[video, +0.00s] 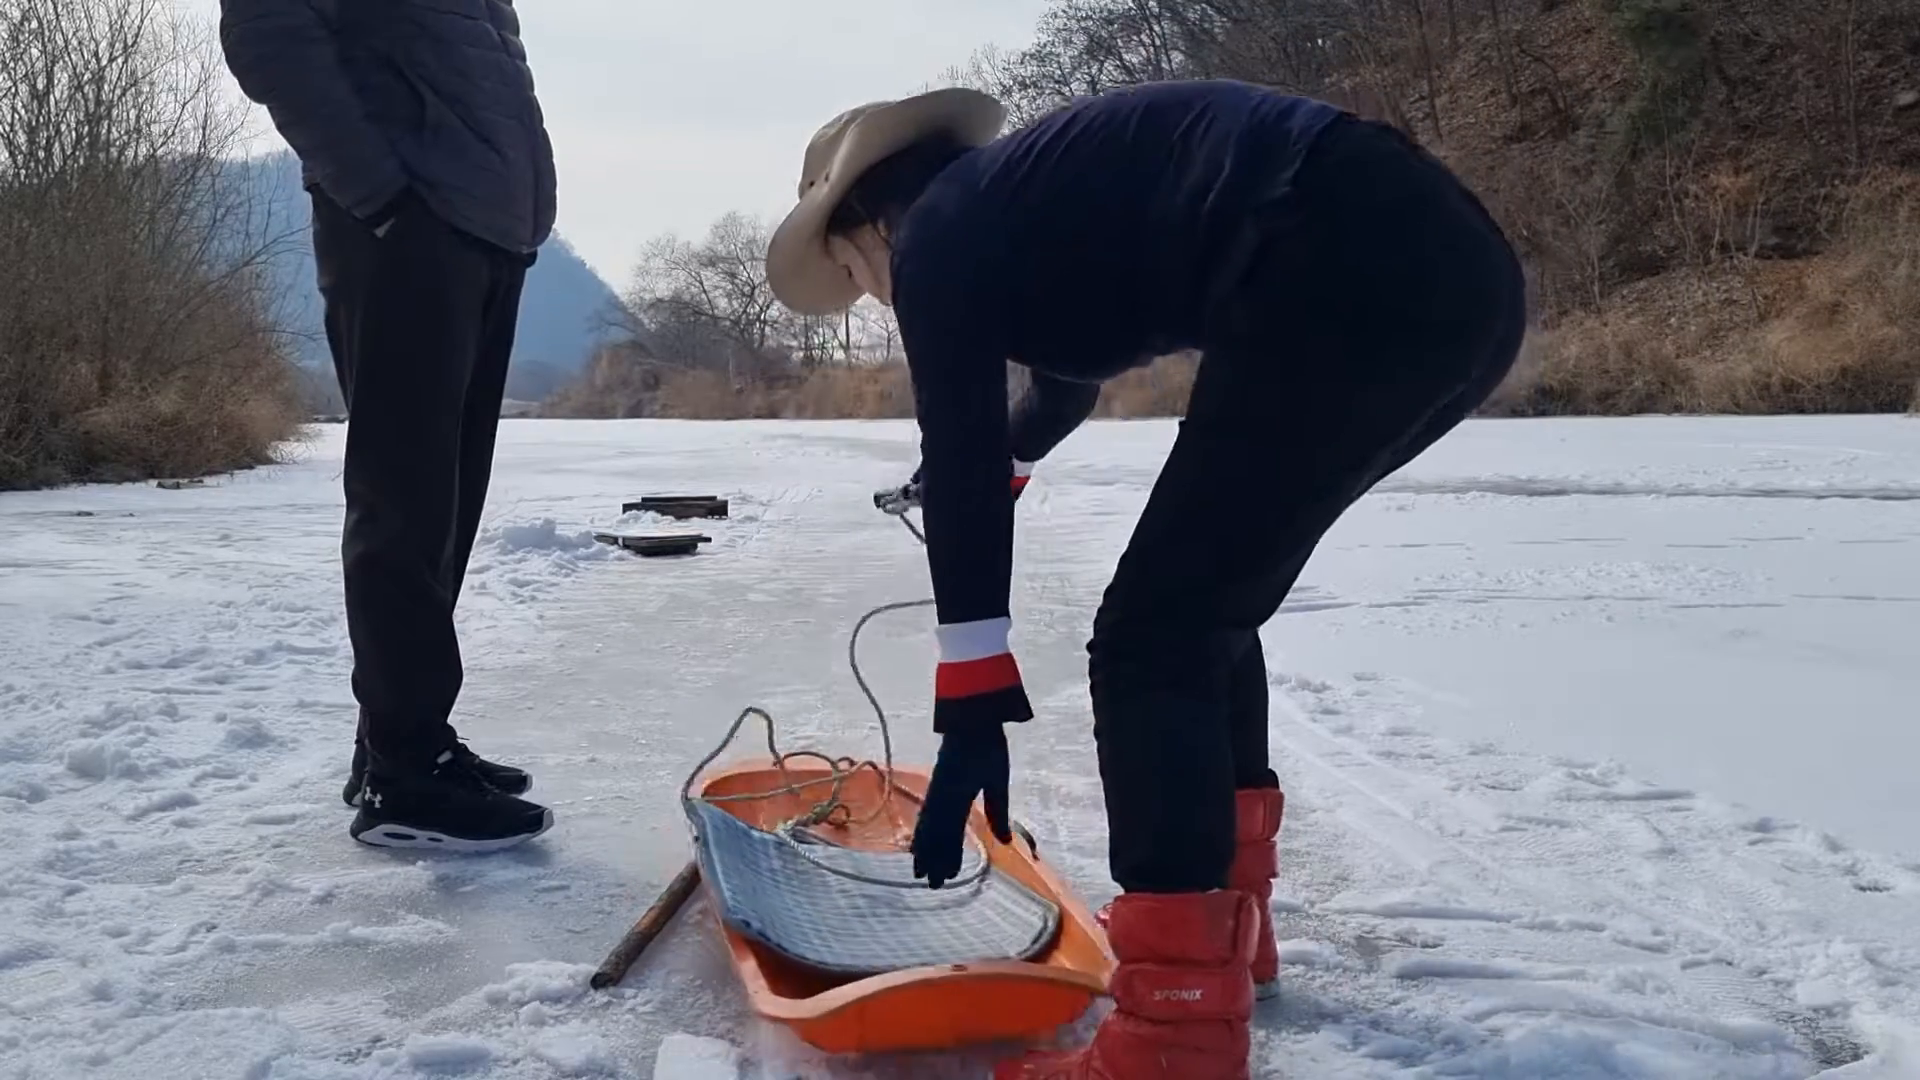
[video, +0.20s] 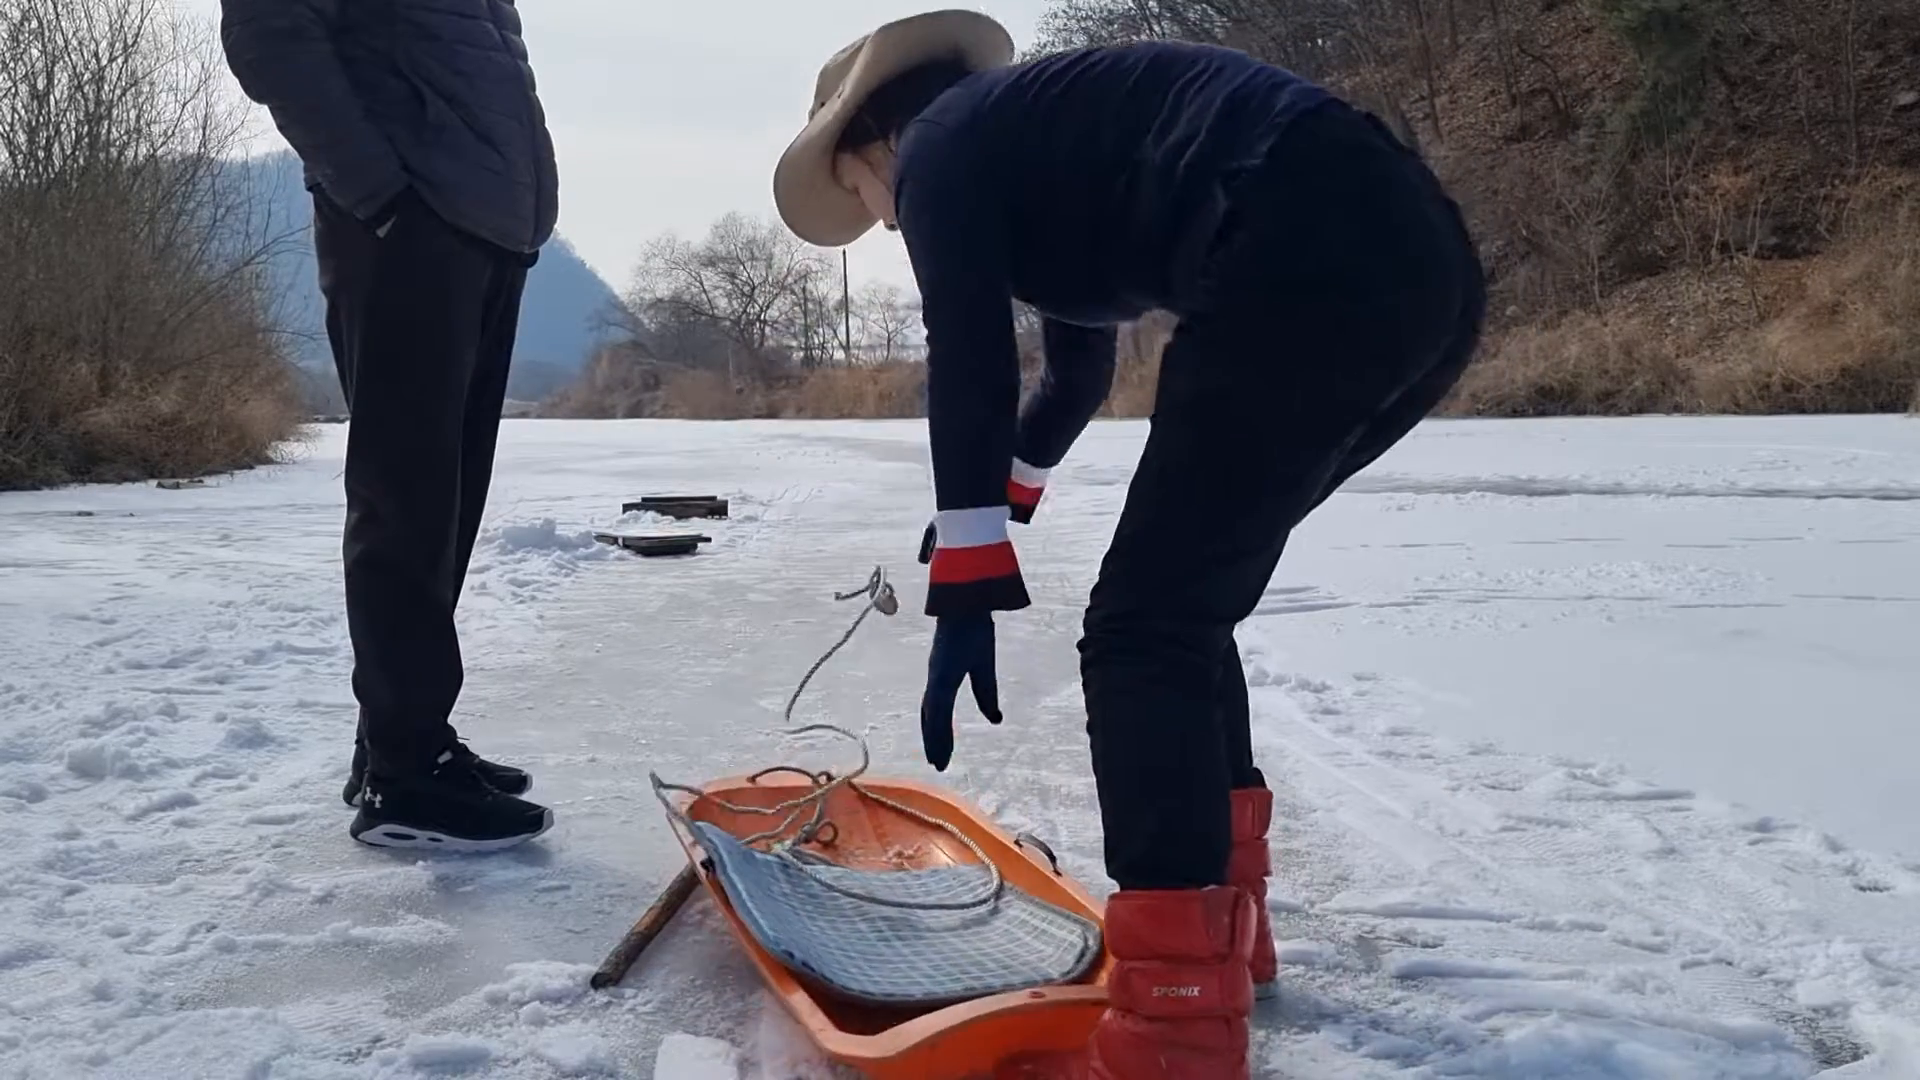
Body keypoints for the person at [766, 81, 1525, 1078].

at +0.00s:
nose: (873, 293)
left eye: (856, 263)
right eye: (854, 277)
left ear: (877, 221)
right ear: (937, 180)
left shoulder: (939, 241)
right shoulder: (1054, 213)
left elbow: (966, 478)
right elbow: (1067, 387)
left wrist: (972, 705)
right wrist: (996, 454)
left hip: (1347, 283)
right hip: (1445, 282)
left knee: (1148, 635)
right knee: (1216, 617)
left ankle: (1174, 1028)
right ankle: (1232, 921)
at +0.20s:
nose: (881, 211)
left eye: (865, 188)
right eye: (864, 200)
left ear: (876, 133)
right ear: (957, 92)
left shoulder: (940, 152)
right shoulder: (1059, 149)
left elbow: (966, 362)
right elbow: (1081, 362)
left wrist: (966, 576)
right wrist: (1015, 475)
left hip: (1309, 268)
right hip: (1416, 274)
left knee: (1137, 628)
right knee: (1191, 614)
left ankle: (1173, 1020)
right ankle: (1229, 922)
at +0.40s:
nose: (876, 182)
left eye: (859, 152)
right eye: (858, 168)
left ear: (875, 102)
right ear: (949, 62)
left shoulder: (936, 112)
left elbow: (953, 313)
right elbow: (1114, 364)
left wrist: (927, 528)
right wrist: (1138, 516)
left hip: (1266, 247)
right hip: (1395, 269)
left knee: (1067, 578)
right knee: (1167, 580)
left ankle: (1126, 981)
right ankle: (1224, 908)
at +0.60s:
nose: (869, 219)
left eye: (855, 192)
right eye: (852, 205)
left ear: (870, 132)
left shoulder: (926, 135)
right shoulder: (1065, 169)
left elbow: (924, 345)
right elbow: (1095, 394)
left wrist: (861, 554)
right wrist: (1048, 628)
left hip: (1226, 254)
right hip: (1369, 296)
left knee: (985, 562)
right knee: (1134, 582)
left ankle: (890, 956)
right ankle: (1223, 903)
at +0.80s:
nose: (840, 334)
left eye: (833, 294)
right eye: (825, 313)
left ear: (842, 225)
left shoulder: (874, 221)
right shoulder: (1034, 246)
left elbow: (831, 440)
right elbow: (1047, 473)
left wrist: (768, 630)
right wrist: (1020, 688)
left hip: (1160, 270)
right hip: (1337, 303)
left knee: (908, 614)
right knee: (1136, 580)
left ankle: (764, 1010)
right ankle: (1200, 906)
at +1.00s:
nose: (883, 445)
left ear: (856, 302)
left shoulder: (863, 305)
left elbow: (778, 522)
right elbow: (1067, 562)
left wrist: (695, 722)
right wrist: (1055, 743)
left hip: (1081, 289)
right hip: (1292, 311)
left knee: (830, 624)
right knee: (1156, 583)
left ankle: (768, 1014)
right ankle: (1135, 921)